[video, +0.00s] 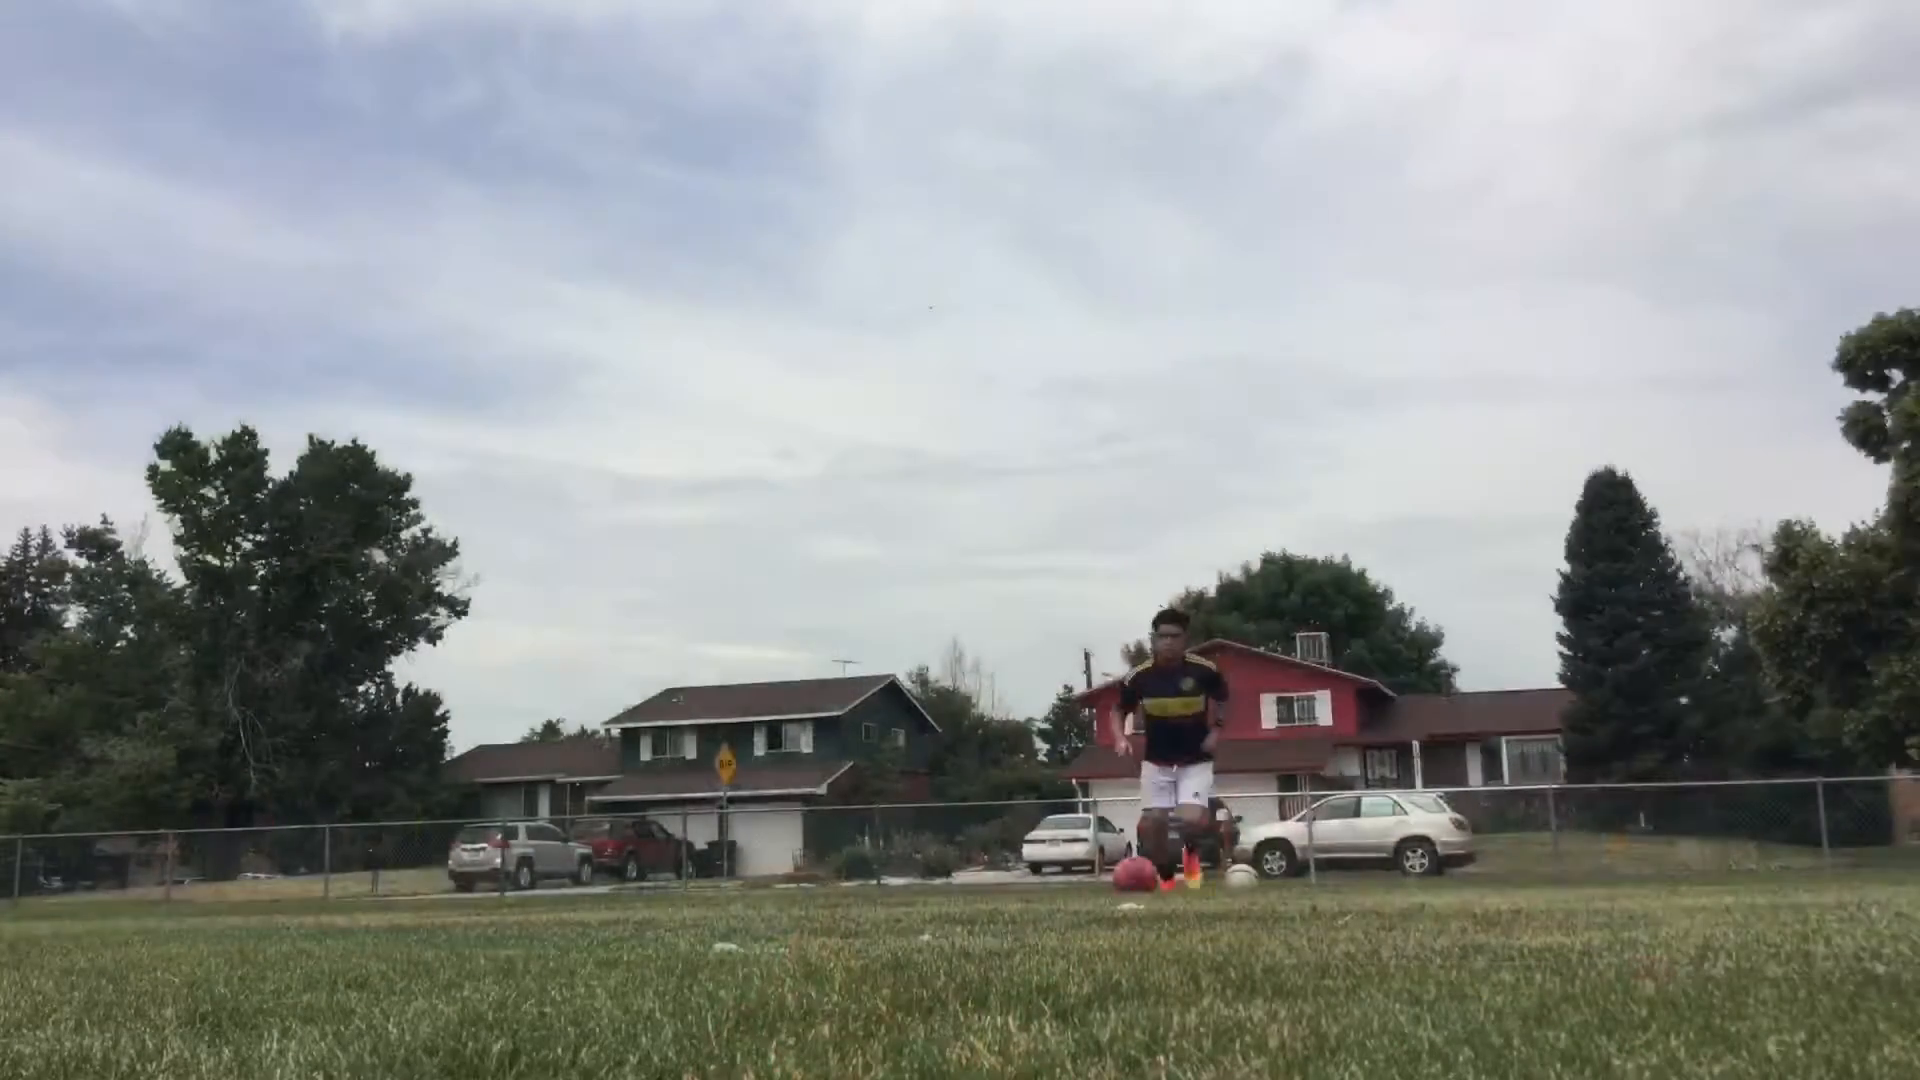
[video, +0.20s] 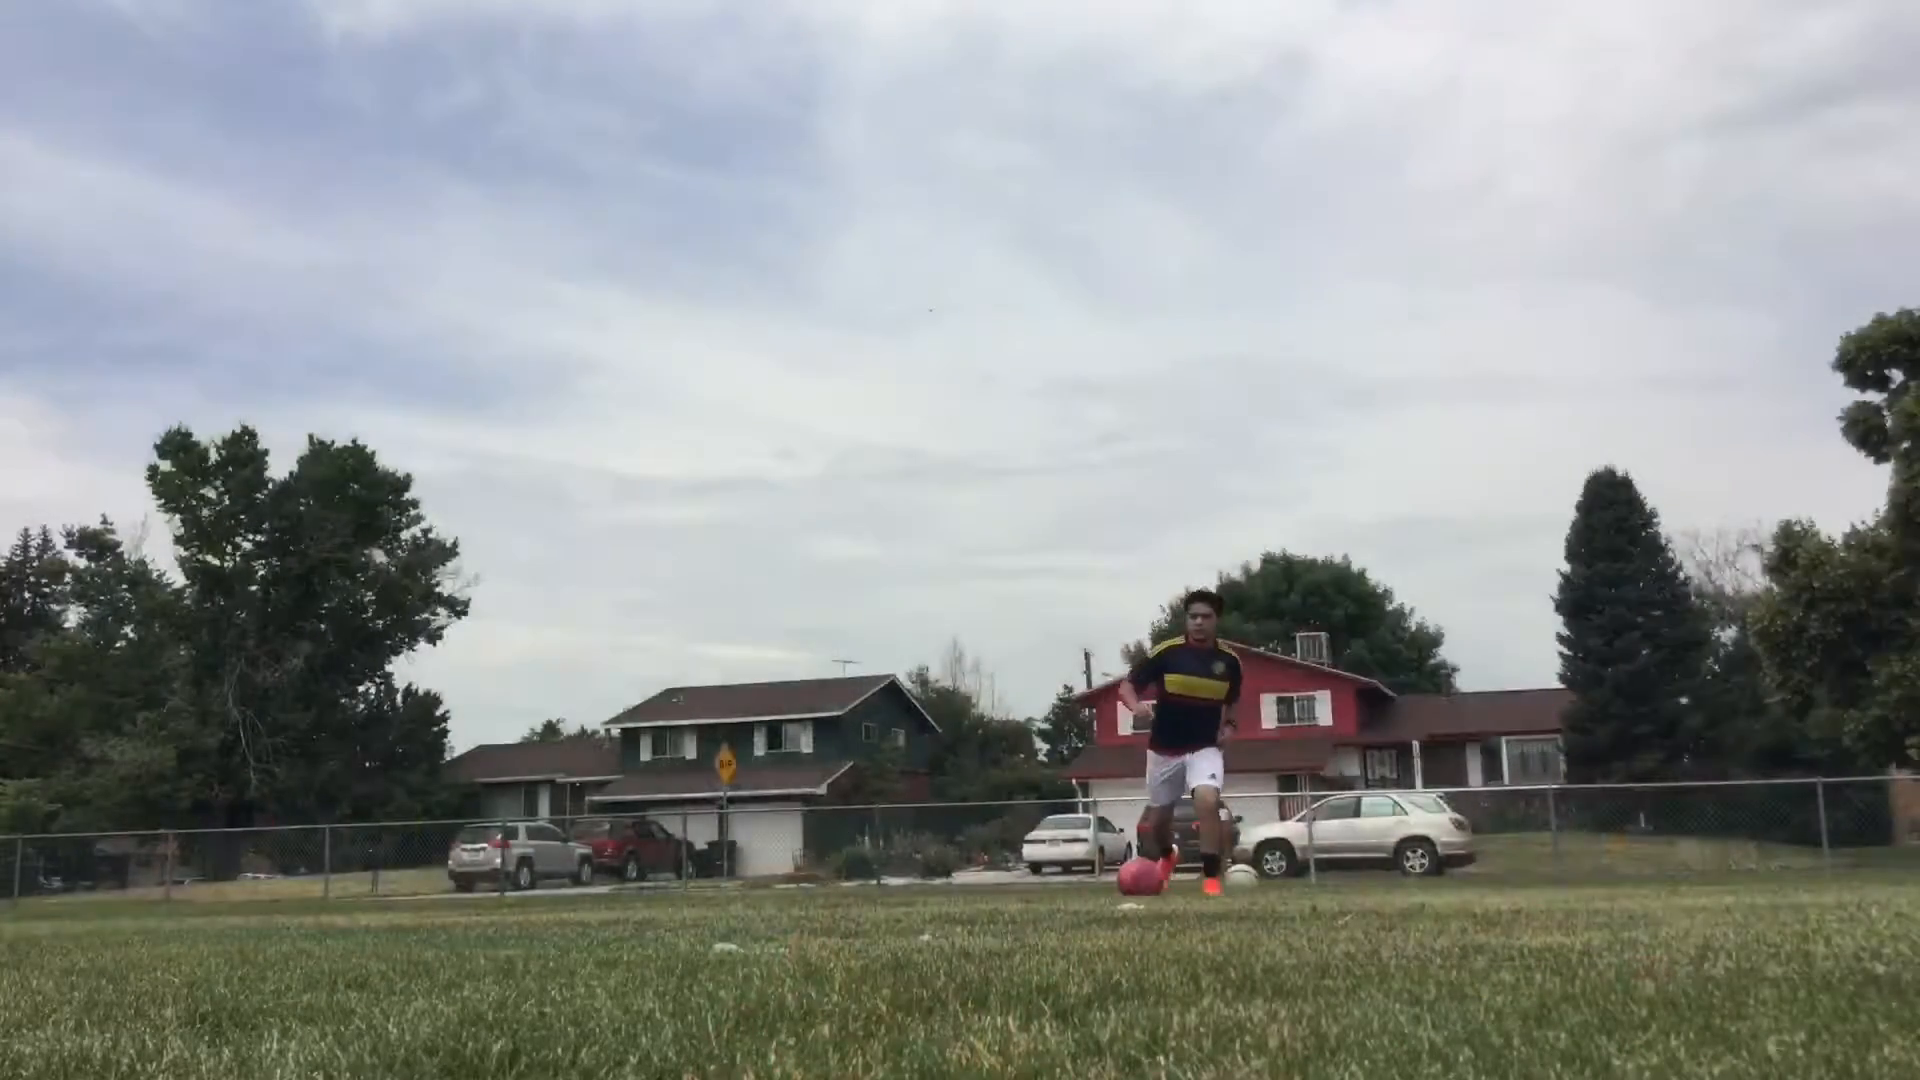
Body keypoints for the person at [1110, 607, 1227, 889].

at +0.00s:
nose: (1168, 643)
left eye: (1174, 637)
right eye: (1162, 637)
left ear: (1186, 640)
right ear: (1153, 641)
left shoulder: (1204, 672)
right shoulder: (1140, 677)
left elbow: (1223, 699)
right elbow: (1118, 709)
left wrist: (1216, 731)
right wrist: (1120, 737)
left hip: (1195, 760)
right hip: (1156, 762)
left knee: (1190, 819)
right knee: (1153, 823)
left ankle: (1192, 853)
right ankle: (1165, 876)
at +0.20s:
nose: (1198, 622)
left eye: (1205, 616)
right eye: (1193, 616)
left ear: (1217, 621)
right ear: (1185, 620)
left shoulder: (1229, 662)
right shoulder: (1167, 653)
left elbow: (1230, 703)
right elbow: (1126, 686)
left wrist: (1229, 726)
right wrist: (1135, 705)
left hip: (1205, 747)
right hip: (1164, 748)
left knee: (1207, 803)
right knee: (1158, 820)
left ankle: (1211, 877)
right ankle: (1167, 856)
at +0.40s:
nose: (1207, 583)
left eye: (1214, 577)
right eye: (1200, 577)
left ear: (1227, 581)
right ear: (1192, 581)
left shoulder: (1244, 620)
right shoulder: (1175, 614)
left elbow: (1275, 661)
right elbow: (1126, 644)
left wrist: (1260, 659)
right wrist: (1135, 638)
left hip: (1219, 722)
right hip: (1173, 715)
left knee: (1220, 798)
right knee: (1144, 774)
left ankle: (1213, 860)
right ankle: (1165, 843)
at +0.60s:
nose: (1217, 580)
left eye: (1225, 574)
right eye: (1211, 574)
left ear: (1240, 577)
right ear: (1203, 578)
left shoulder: (1260, 623)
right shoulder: (1186, 621)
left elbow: (1281, 663)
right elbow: (1154, 654)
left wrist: (1273, 693)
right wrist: (1145, 664)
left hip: (1238, 728)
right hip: (1189, 723)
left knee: (1226, 800)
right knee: (1158, 779)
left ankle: (1214, 883)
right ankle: (1147, 870)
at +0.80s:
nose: (1226, 569)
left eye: (1234, 562)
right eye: (1219, 562)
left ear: (1248, 564)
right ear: (1209, 566)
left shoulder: (1272, 606)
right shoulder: (1192, 613)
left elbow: (1300, 648)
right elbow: (1170, 663)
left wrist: (1293, 685)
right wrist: (1171, 692)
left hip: (1261, 723)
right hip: (1210, 720)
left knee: (1261, 811)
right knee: (1210, 796)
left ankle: (1253, 853)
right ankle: (1232, 883)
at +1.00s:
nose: (1253, 558)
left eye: (1261, 551)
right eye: (1245, 552)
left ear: (1277, 554)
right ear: (1236, 557)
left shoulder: (1301, 601)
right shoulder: (1220, 610)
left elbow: (1313, 650)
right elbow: (1186, 668)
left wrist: (1319, 690)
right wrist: (1194, 714)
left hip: (1297, 716)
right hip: (1240, 729)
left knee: (1324, 785)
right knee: (1241, 818)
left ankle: (1354, 887)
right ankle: (1238, 886)